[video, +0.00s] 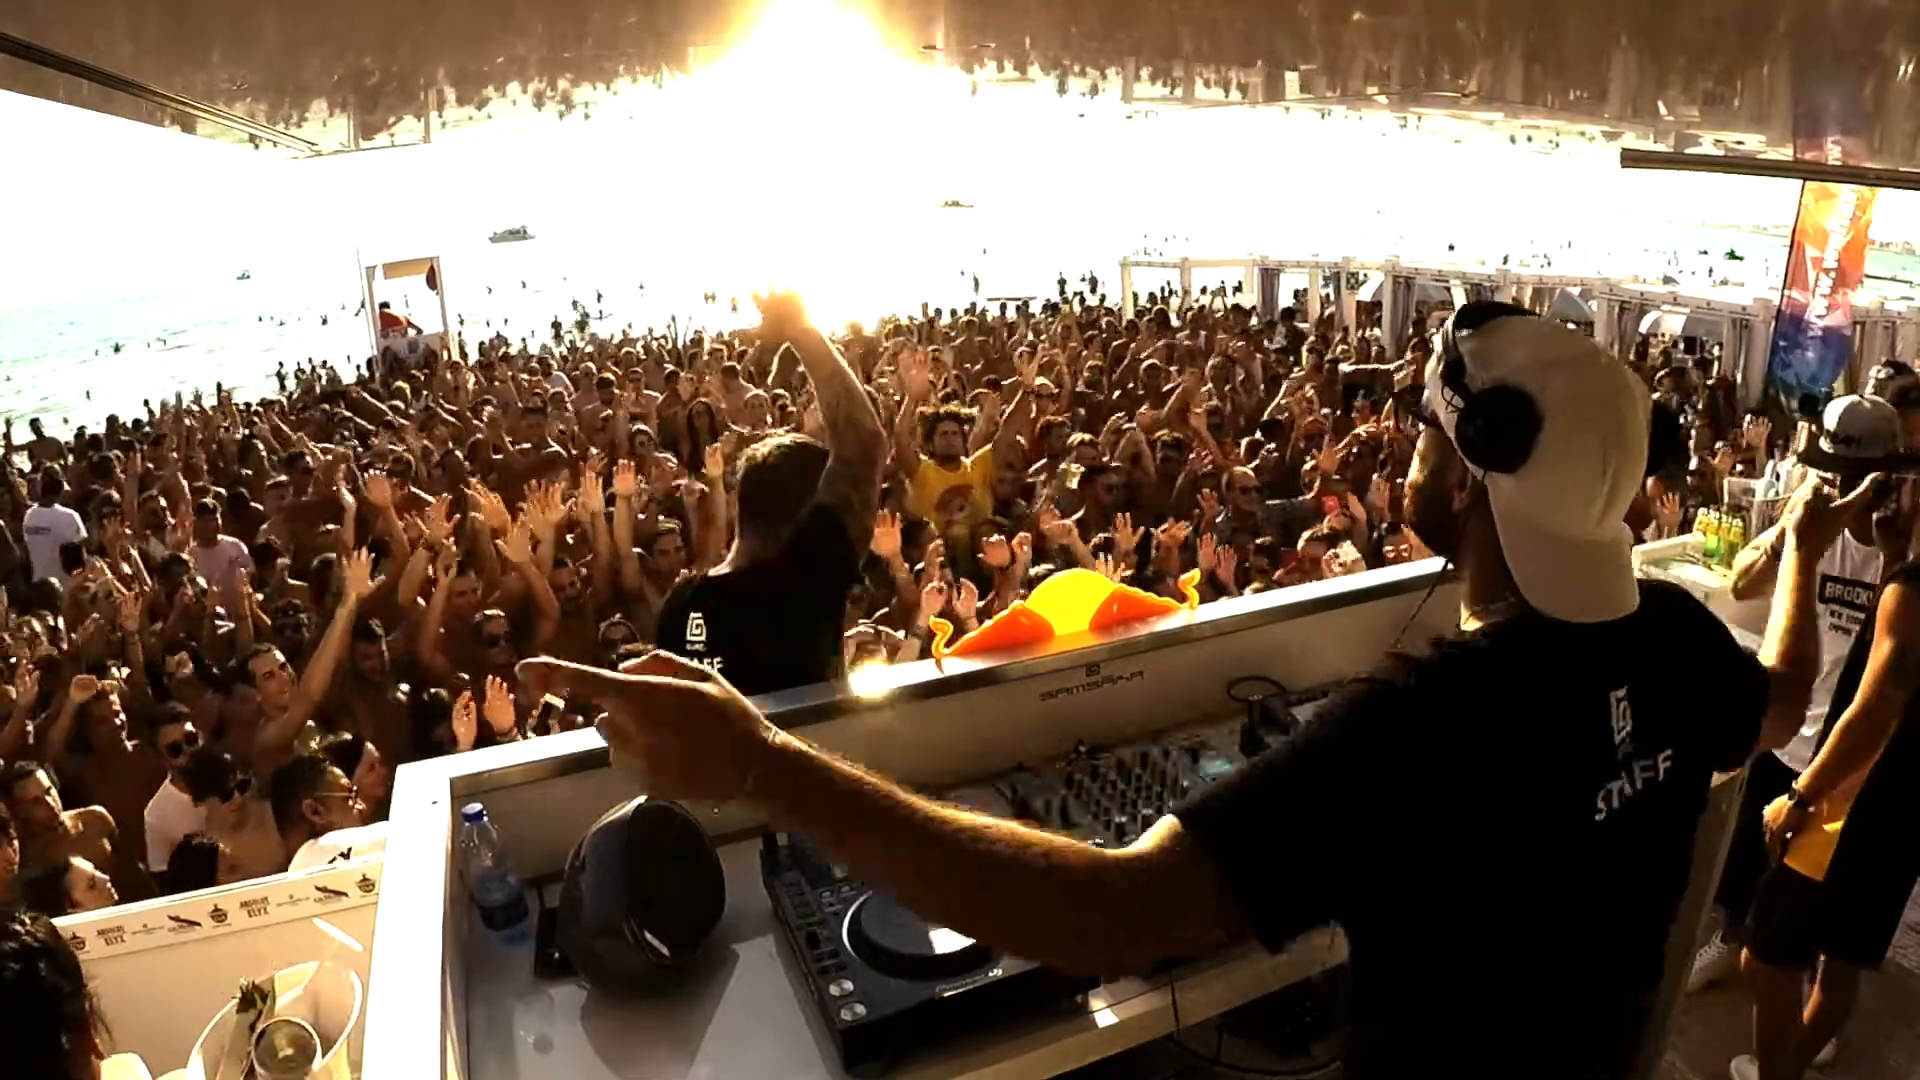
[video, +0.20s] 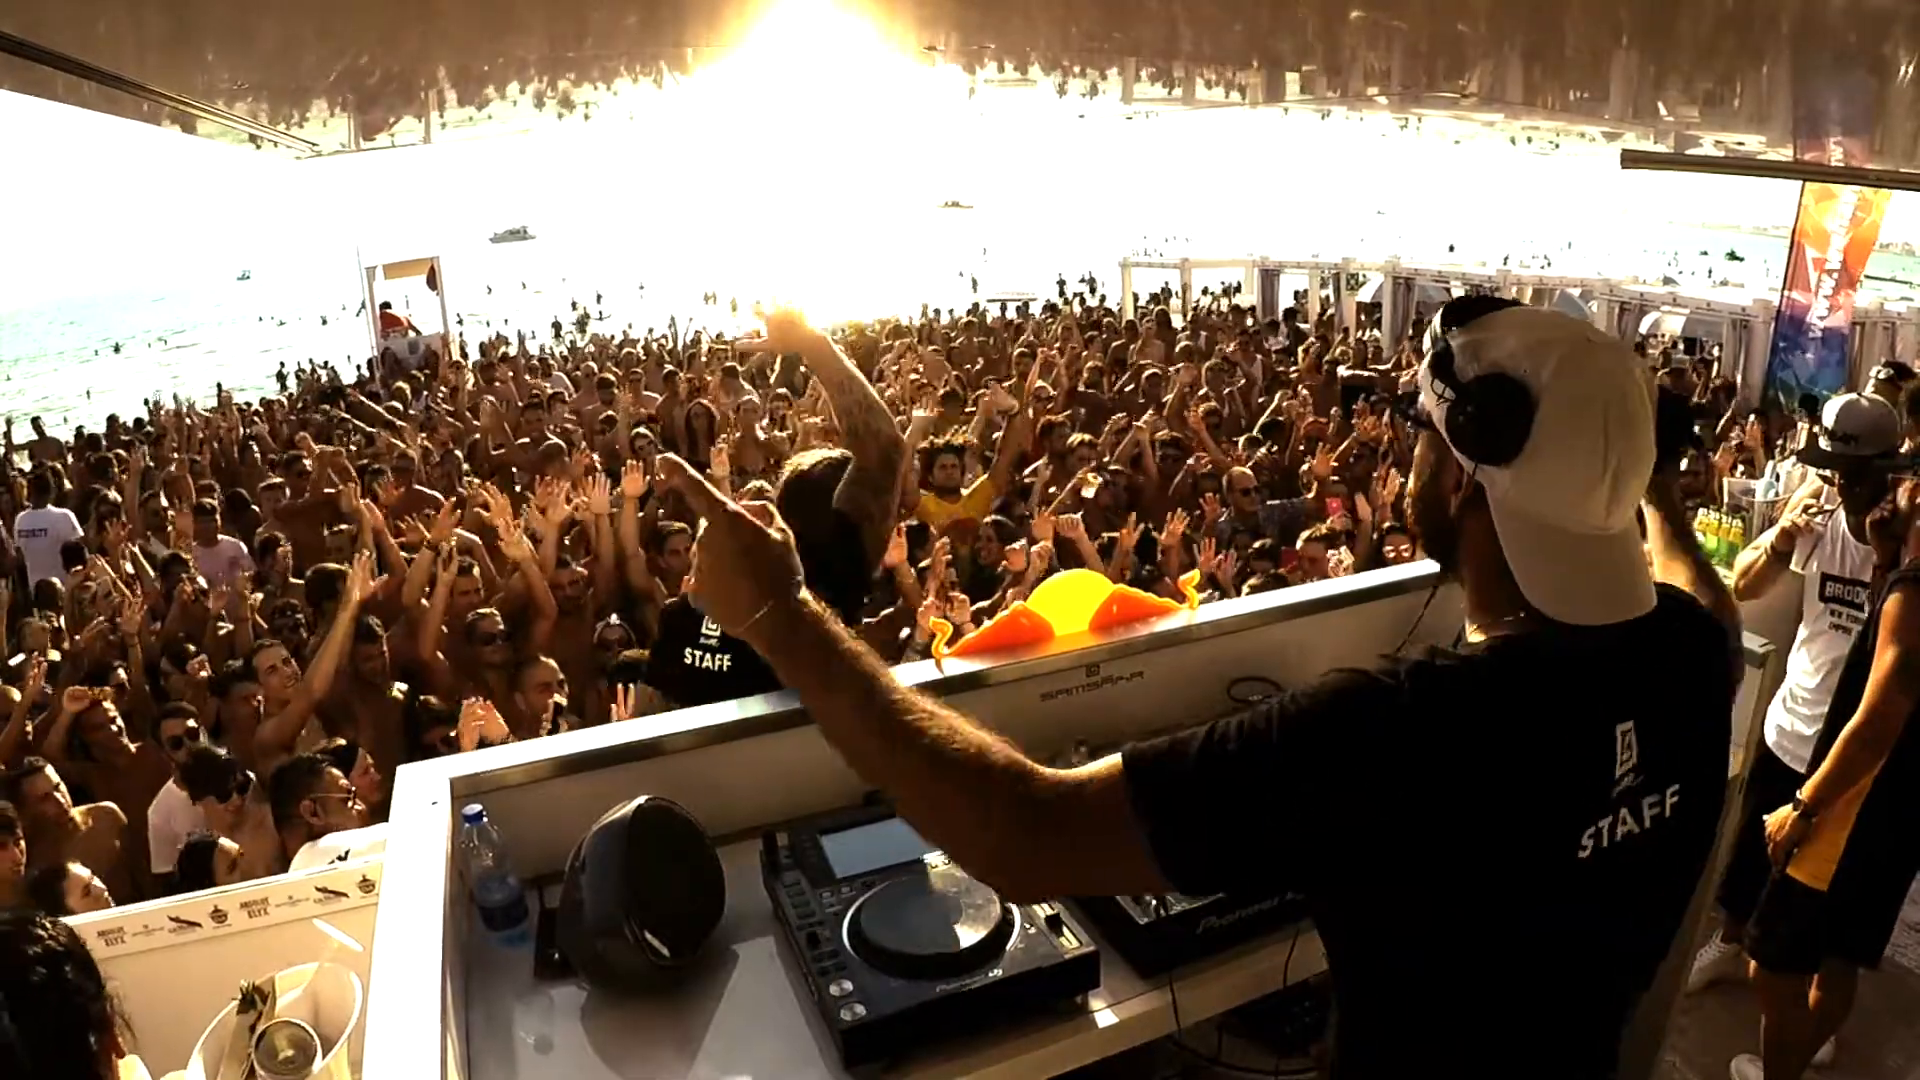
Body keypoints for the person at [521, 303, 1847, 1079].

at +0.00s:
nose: (1415, 476)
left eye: (1437, 443)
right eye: (1434, 436)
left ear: (1476, 487)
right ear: (1624, 489)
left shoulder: (1419, 730)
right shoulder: (1683, 653)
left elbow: (1117, 916)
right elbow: (1771, 711)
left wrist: (766, 769)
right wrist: (1789, 546)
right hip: (1598, 1074)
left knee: (1108, 1068)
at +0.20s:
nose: (1410, 461)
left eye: (1424, 436)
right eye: (1419, 432)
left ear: (1469, 486)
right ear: (1620, 478)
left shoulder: (1390, 741)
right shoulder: (1698, 664)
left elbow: (1032, 838)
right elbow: (1636, 577)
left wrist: (782, 619)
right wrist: (1617, 450)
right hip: (1595, 1066)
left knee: (1121, 1054)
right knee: (1206, 1031)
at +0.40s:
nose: (1370, 488)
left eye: (1385, 458)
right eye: (1380, 451)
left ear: (1418, 495)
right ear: (1568, 488)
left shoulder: (1373, 746)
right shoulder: (1664, 669)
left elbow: (1073, 995)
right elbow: (1796, 764)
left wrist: (686, 909)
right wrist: (1885, 592)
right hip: (1563, 1063)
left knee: (899, 942)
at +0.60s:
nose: (1424, 490)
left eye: (1433, 460)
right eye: (1432, 456)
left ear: (1465, 500)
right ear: (1620, 488)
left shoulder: (1408, 731)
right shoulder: (1688, 657)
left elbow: (1053, 790)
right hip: (1604, 1061)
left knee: (1097, 1059)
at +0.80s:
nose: (1378, 515)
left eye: (1389, 482)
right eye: (1381, 478)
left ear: (1433, 503)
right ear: (1564, 497)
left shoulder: (1395, 757)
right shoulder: (1661, 671)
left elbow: (1140, 1000)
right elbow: (1790, 752)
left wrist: (743, 964)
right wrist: (1838, 591)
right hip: (1571, 1054)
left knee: (862, 960)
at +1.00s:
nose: (1414, 492)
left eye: (1416, 460)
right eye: (1414, 460)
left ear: (1444, 489)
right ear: (1597, 473)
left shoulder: (1391, 734)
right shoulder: (1663, 644)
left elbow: (1053, 851)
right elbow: (1607, 548)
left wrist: (846, 650)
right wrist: (1556, 444)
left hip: (1421, 1077)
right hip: (1601, 1054)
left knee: (1128, 1064)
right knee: (1219, 1021)